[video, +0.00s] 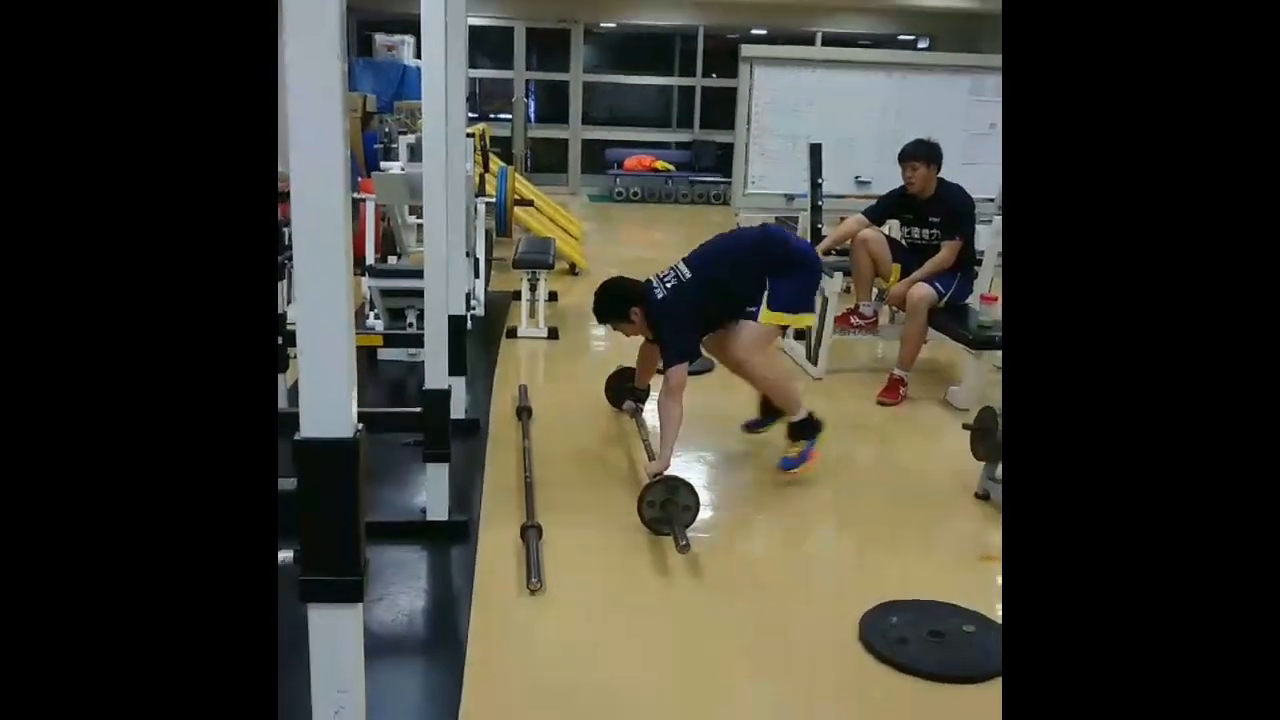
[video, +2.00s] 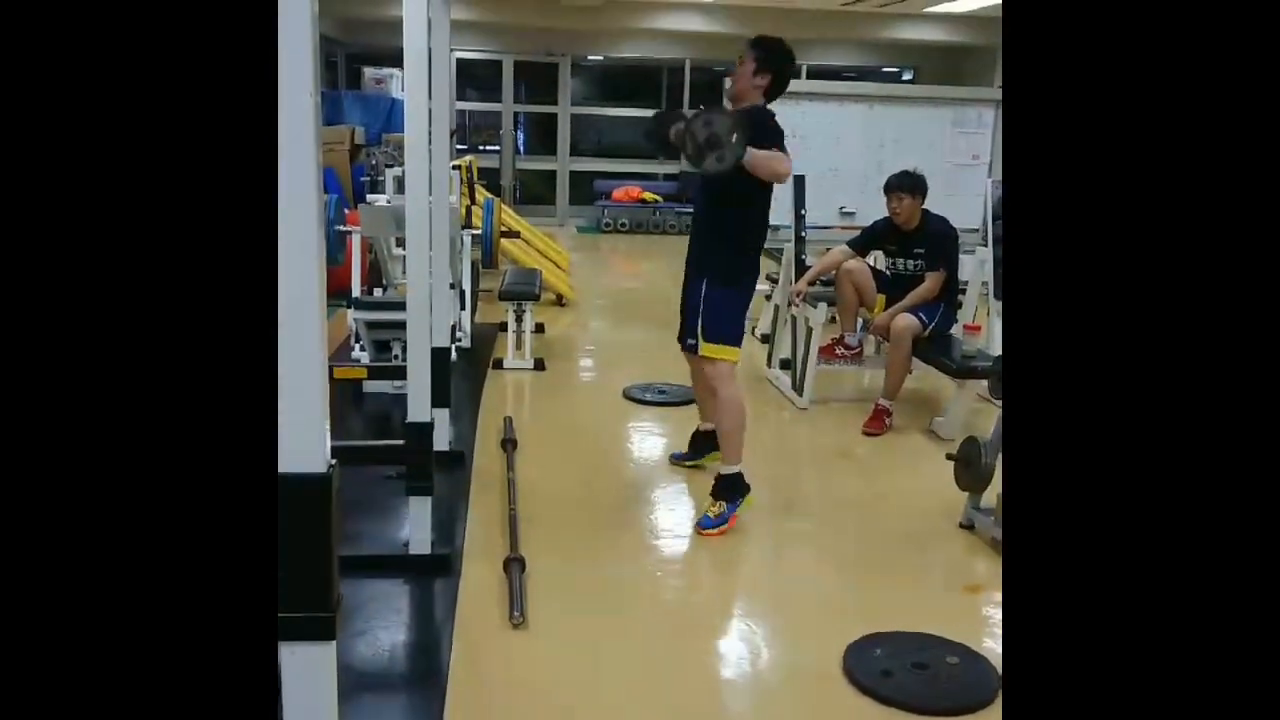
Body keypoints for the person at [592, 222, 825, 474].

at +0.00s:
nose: (626, 335)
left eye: (621, 328)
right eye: (620, 331)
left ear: (636, 314)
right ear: (638, 307)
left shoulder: (673, 316)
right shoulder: (653, 298)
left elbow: (674, 392)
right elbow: (651, 347)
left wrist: (664, 457)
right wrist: (639, 390)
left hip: (793, 264)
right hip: (761, 258)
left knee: (745, 350)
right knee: (718, 343)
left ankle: (804, 424)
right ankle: (773, 401)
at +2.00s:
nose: (731, 72)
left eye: (740, 67)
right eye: (736, 65)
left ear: (762, 78)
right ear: (754, 77)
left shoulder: (763, 123)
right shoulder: (731, 121)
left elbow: (781, 169)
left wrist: (730, 147)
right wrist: (688, 136)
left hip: (731, 263)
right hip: (704, 257)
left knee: (718, 367)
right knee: (694, 350)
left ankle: (733, 481)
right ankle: (709, 431)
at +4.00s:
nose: (562, 408)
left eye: (561, 401)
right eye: (557, 402)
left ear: (577, 389)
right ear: (576, 385)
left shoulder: (616, 399)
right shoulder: (600, 394)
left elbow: (661, 428)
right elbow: (647, 418)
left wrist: (647, 489)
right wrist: (636, 459)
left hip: (730, 465)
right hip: (727, 445)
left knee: (828, 477)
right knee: (822, 453)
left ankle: (931, 461)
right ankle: (914, 439)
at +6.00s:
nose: (713, 118)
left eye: (724, 111)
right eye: (714, 112)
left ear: (743, 127)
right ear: (716, 125)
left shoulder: (739, 173)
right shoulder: (711, 167)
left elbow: (737, 100)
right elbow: (710, 104)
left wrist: (744, 36)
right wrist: (706, 58)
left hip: (709, 311)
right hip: (683, 306)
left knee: (704, 421)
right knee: (676, 399)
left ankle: (736, 532)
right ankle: (701, 478)